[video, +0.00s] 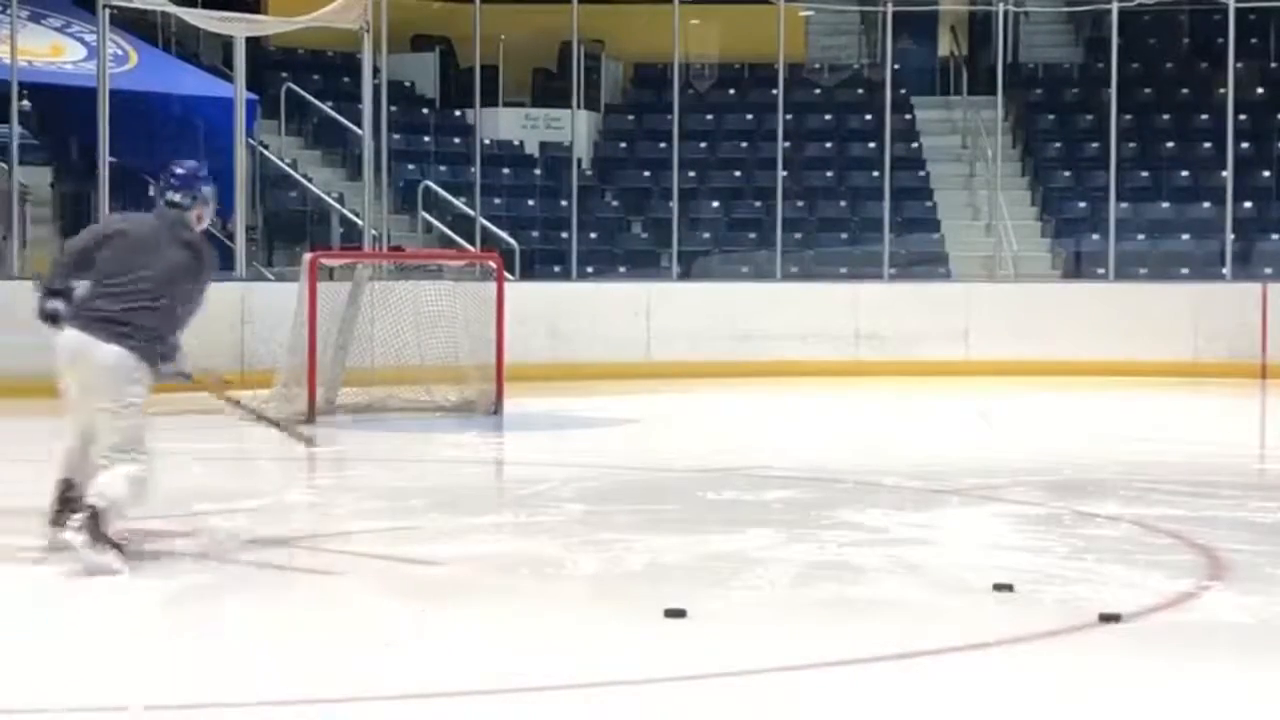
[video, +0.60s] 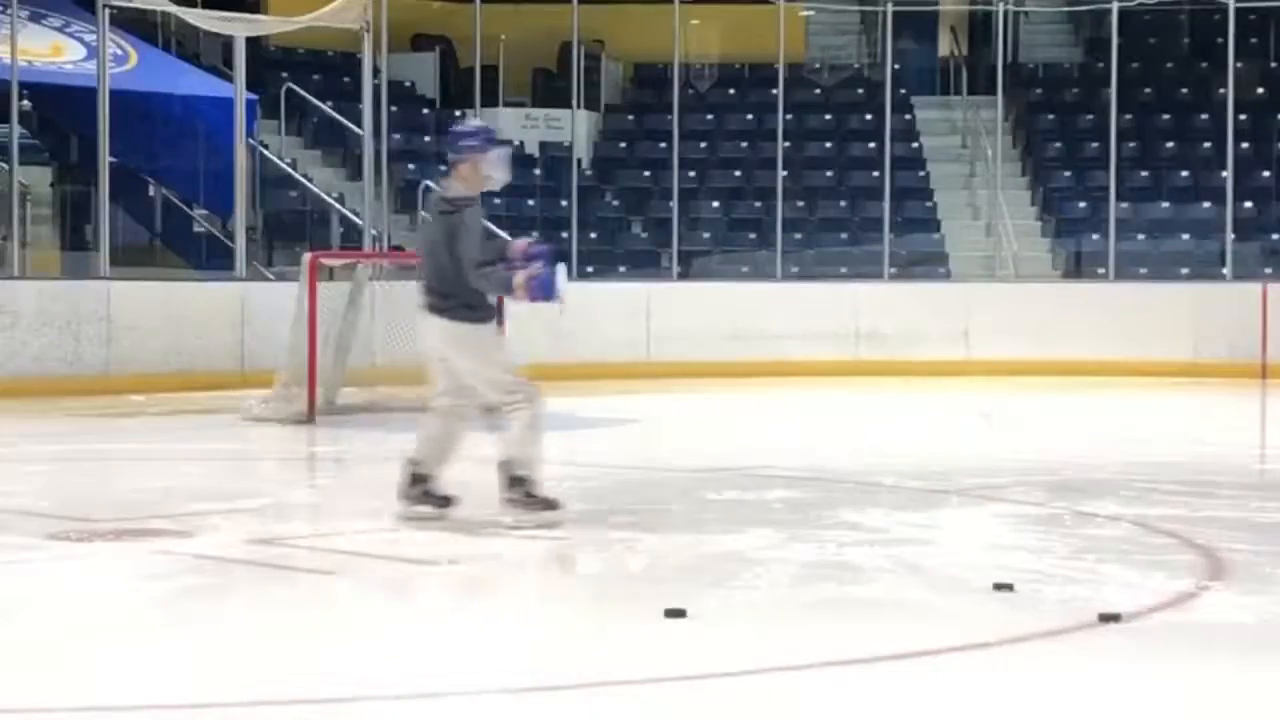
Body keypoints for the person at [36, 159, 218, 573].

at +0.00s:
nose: (208, 217)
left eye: (209, 208)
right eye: (206, 208)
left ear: (164, 198)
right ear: (196, 208)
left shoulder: (124, 224)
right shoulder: (199, 257)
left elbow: (71, 252)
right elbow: (174, 316)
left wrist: (54, 292)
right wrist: (168, 350)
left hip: (74, 339)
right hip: (122, 356)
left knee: (81, 431)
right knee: (127, 459)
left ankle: (65, 507)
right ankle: (93, 520)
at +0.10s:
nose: (240, 202)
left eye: (238, 193)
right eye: (237, 193)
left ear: (198, 190)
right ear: (231, 196)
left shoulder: (161, 217)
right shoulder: (237, 243)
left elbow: (109, 248)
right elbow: (228, 316)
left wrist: (105, 302)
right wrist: (223, 372)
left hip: (128, 336)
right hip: (177, 353)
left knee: (145, 428)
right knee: (196, 446)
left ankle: (117, 494)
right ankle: (159, 498)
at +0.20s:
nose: (281, 190)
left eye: (281, 181)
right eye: (279, 181)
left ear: (239, 177)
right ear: (265, 182)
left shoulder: (200, 213)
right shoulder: (269, 235)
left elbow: (169, 261)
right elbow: (270, 306)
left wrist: (189, 298)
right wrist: (285, 359)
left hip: (184, 334)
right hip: (233, 344)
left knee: (204, 422)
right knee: (272, 423)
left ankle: (167, 490)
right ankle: (237, 493)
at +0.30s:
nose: (320, 179)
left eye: (317, 170)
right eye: (320, 171)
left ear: (287, 168)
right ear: (316, 173)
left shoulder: (257, 209)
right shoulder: (321, 222)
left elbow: (246, 268)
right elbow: (328, 297)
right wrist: (356, 341)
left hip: (242, 328)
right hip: (293, 338)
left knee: (260, 412)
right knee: (332, 407)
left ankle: (228, 486)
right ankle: (321, 492)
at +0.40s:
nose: (380, 176)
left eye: (380, 167)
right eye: (375, 167)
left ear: (341, 167)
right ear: (358, 169)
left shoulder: (312, 206)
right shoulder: (364, 213)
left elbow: (309, 262)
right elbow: (374, 274)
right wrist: (415, 311)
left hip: (304, 328)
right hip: (347, 333)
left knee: (317, 416)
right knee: (396, 404)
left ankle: (291, 487)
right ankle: (394, 492)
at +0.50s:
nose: (443, 169)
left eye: (443, 160)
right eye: (436, 161)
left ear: (406, 167)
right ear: (410, 167)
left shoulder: (379, 205)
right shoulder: (415, 213)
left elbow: (405, 263)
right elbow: (428, 276)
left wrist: (452, 261)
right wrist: (472, 291)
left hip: (369, 324)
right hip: (405, 329)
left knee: (387, 406)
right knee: (459, 404)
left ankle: (352, 482)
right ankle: (459, 487)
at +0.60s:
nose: (490, 167)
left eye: (489, 159)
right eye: (483, 159)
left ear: (462, 166)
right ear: (463, 166)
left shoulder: (442, 205)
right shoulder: (467, 211)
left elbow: (470, 252)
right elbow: (476, 274)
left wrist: (511, 250)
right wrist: (517, 283)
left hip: (439, 325)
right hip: (466, 329)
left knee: (454, 402)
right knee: (520, 399)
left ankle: (418, 481)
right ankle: (518, 486)